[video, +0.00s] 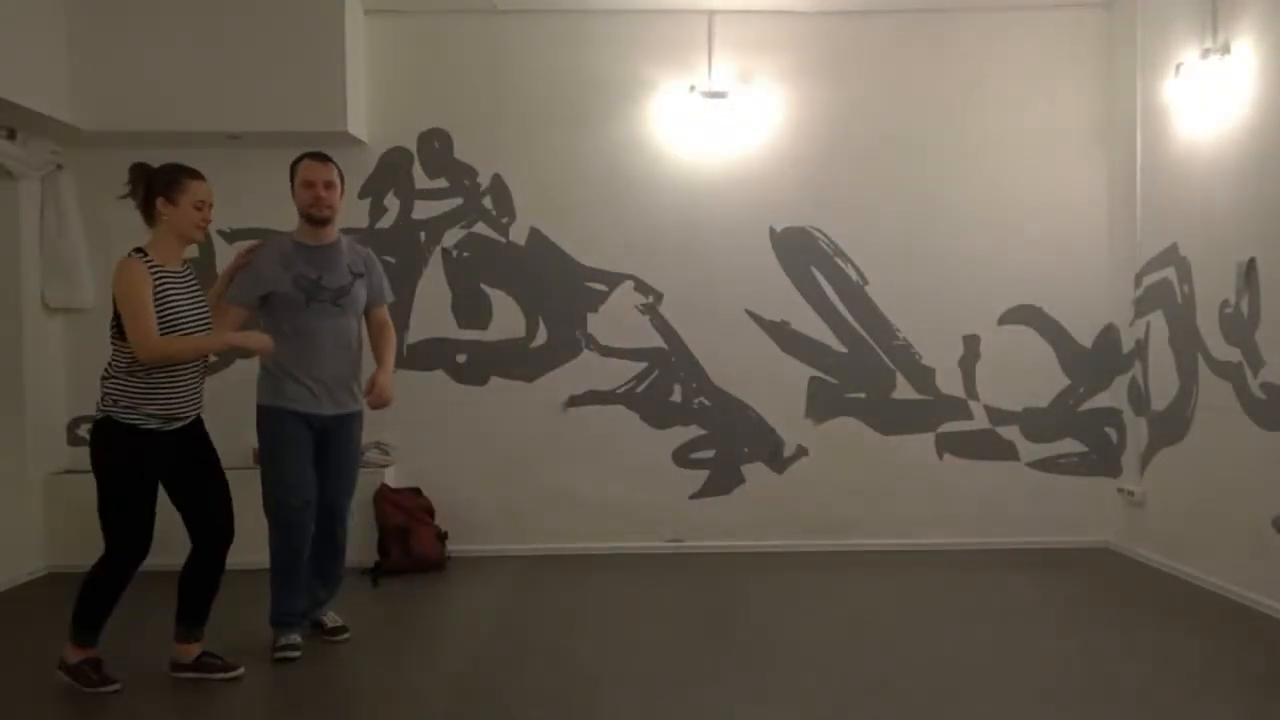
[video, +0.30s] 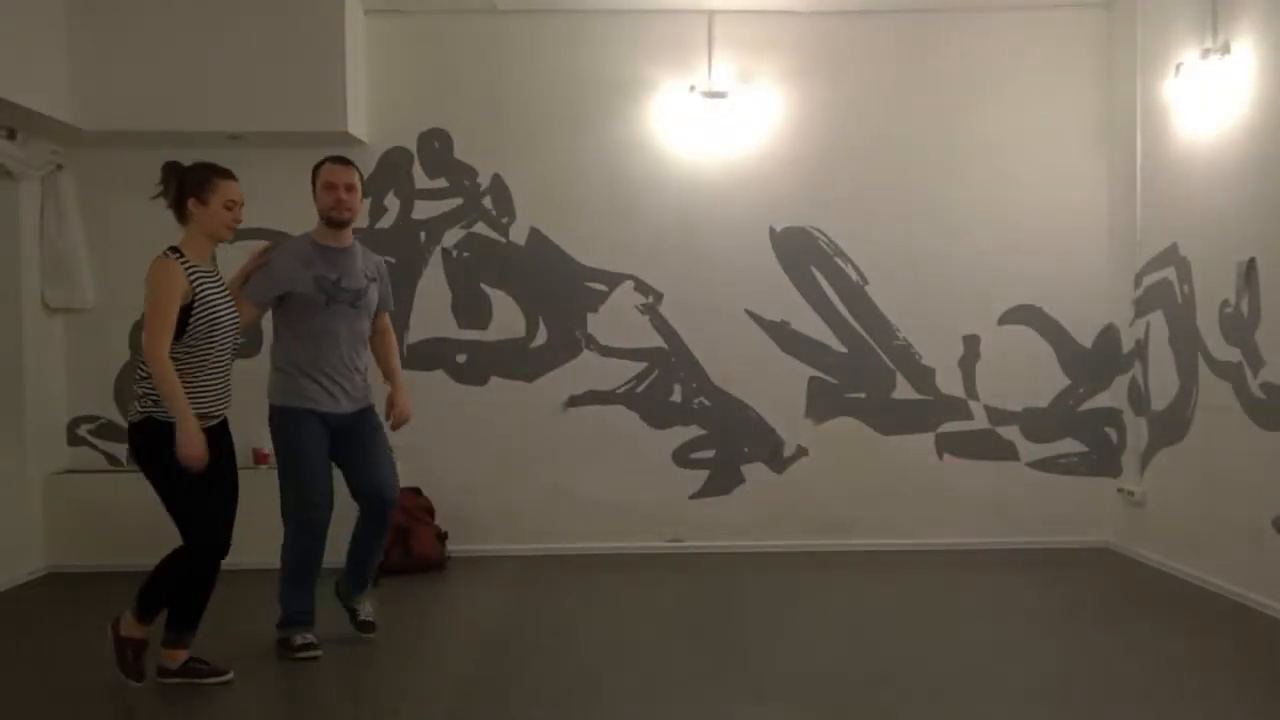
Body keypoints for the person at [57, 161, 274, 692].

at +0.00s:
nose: (208, 217)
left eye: (210, 209)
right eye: (199, 207)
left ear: (179, 212)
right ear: (163, 206)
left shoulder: (186, 272)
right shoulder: (135, 269)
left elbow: (197, 337)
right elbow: (148, 348)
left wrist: (229, 279)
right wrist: (227, 341)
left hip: (181, 429)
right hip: (125, 431)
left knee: (214, 530)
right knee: (128, 545)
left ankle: (187, 650)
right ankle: (77, 651)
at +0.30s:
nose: (238, 216)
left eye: (240, 207)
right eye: (230, 206)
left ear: (214, 211)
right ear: (194, 207)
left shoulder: (206, 268)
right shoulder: (170, 268)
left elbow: (214, 330)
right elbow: (155, 353)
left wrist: (243, 276)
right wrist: (186, 423)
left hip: (209, 425)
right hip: (165, 428)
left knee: (214, 542)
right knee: (201, 541)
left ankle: (176, 654)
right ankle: (133, 624)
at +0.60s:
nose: (278, 215)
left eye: (280, 207)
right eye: (271, 205)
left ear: (247, 211)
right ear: (235, 206)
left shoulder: (251, 270)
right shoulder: (205, 268)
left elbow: (256, 323)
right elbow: (155, 340)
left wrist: (294, 271)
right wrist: (126, 412)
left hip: (237, 429)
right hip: (207, 431)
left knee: (201, 543)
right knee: (274, 537)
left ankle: (174, 654)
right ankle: (280, 667)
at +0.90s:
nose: (312, 211)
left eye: (314, 202)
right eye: (304, 201)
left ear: (281, 205)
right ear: (269, 201)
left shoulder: (291, 264)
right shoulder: (244, 273)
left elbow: (302, 310)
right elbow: (224, 364)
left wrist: (329, 268)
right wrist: (224, 442)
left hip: (301, 426)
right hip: (262, 429)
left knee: (328, 537)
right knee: (293, 544)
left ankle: (235, 615)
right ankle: (282, 667)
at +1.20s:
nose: (329, 193)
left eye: (328, 183)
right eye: (318, 184)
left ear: (297, 195)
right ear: (284, 194)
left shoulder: (307, 256)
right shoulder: (272, 264)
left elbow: (311, 316)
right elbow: (301, 345)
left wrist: (333, 266)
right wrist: (386, 359)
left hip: (323, 421)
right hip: (283, 424)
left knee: (355, 531)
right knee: (307, 541)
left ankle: (358, 661)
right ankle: (282, 667)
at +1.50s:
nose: (307, 189)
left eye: (312, 180)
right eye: (292, 182)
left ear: (319, 189)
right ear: (267, 194)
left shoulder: (300, 254)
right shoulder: (273, 255)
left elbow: (294, 315)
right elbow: (314, 323)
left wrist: (324, 263)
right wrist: (396, 348)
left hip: (316, 417)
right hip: (277, 420)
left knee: (357, 524)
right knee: (304, 541)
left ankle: (350, 651)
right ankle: (282, 665)